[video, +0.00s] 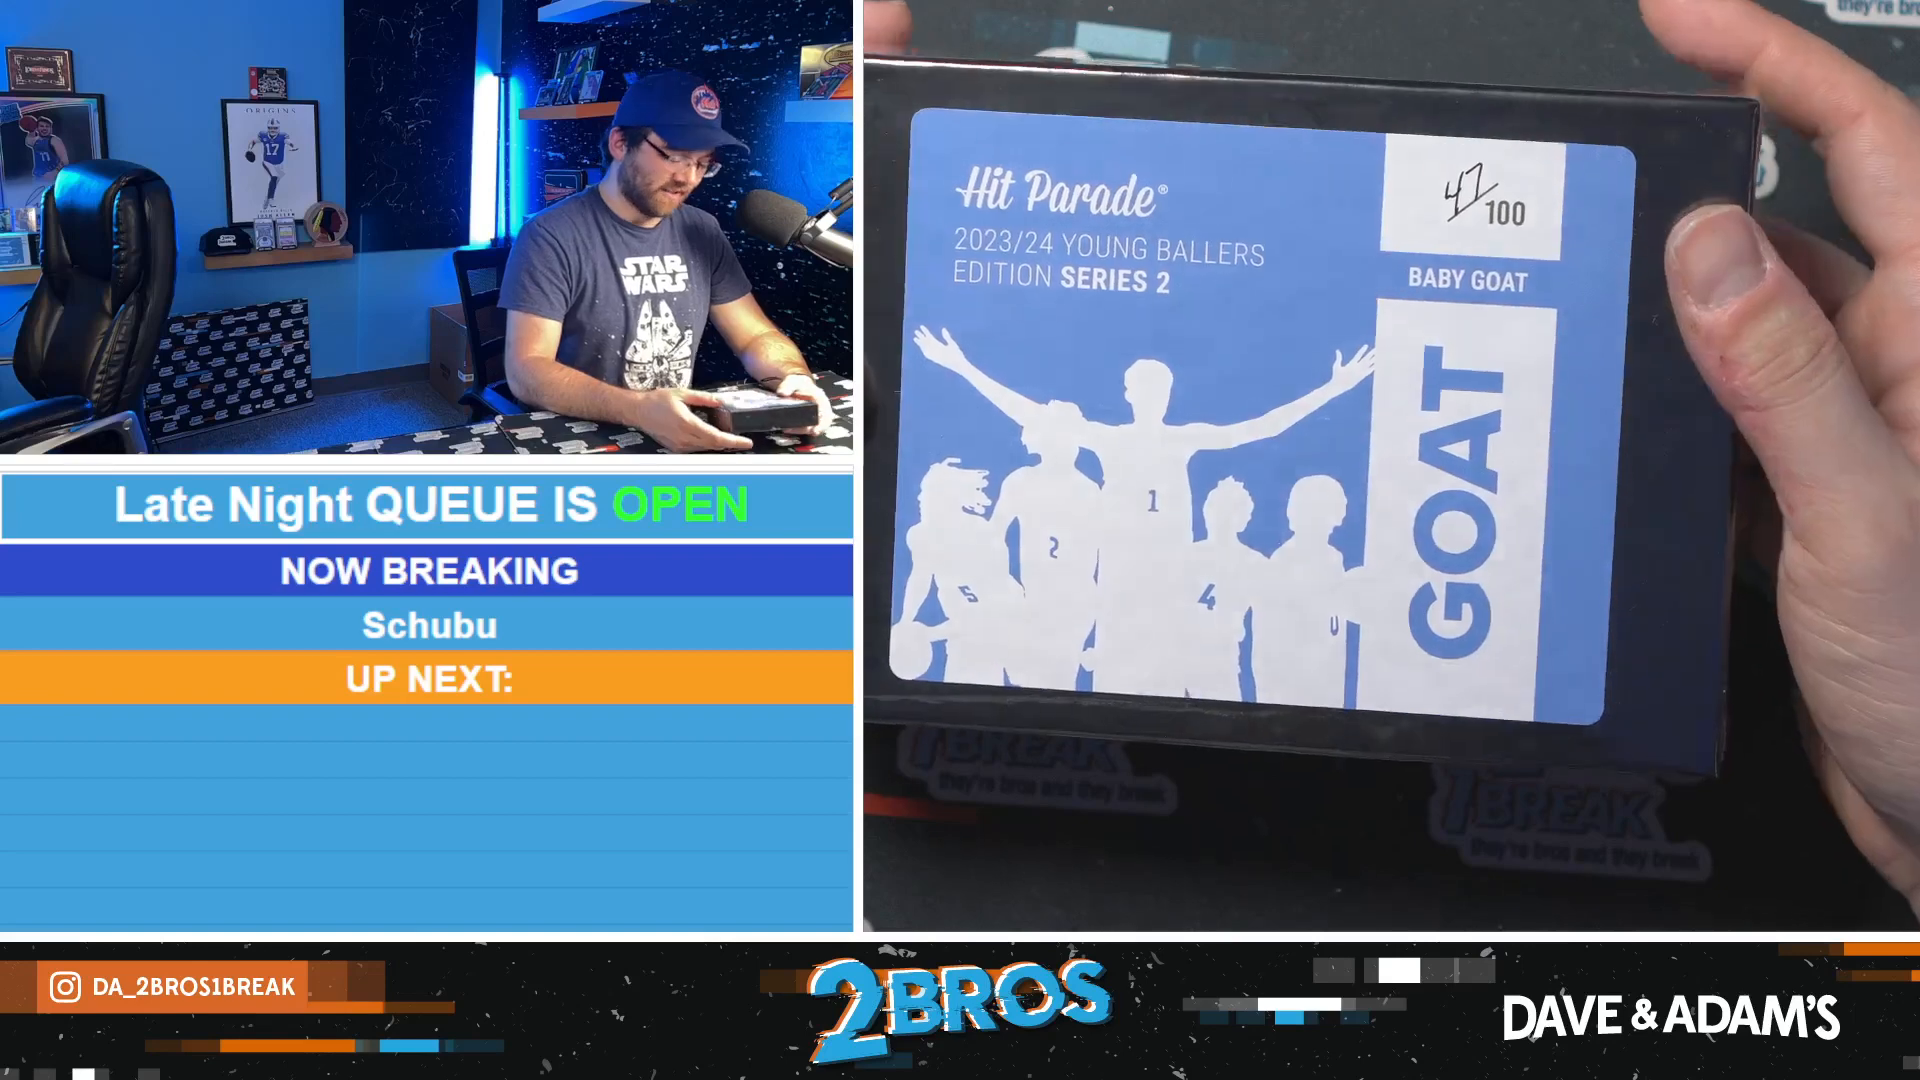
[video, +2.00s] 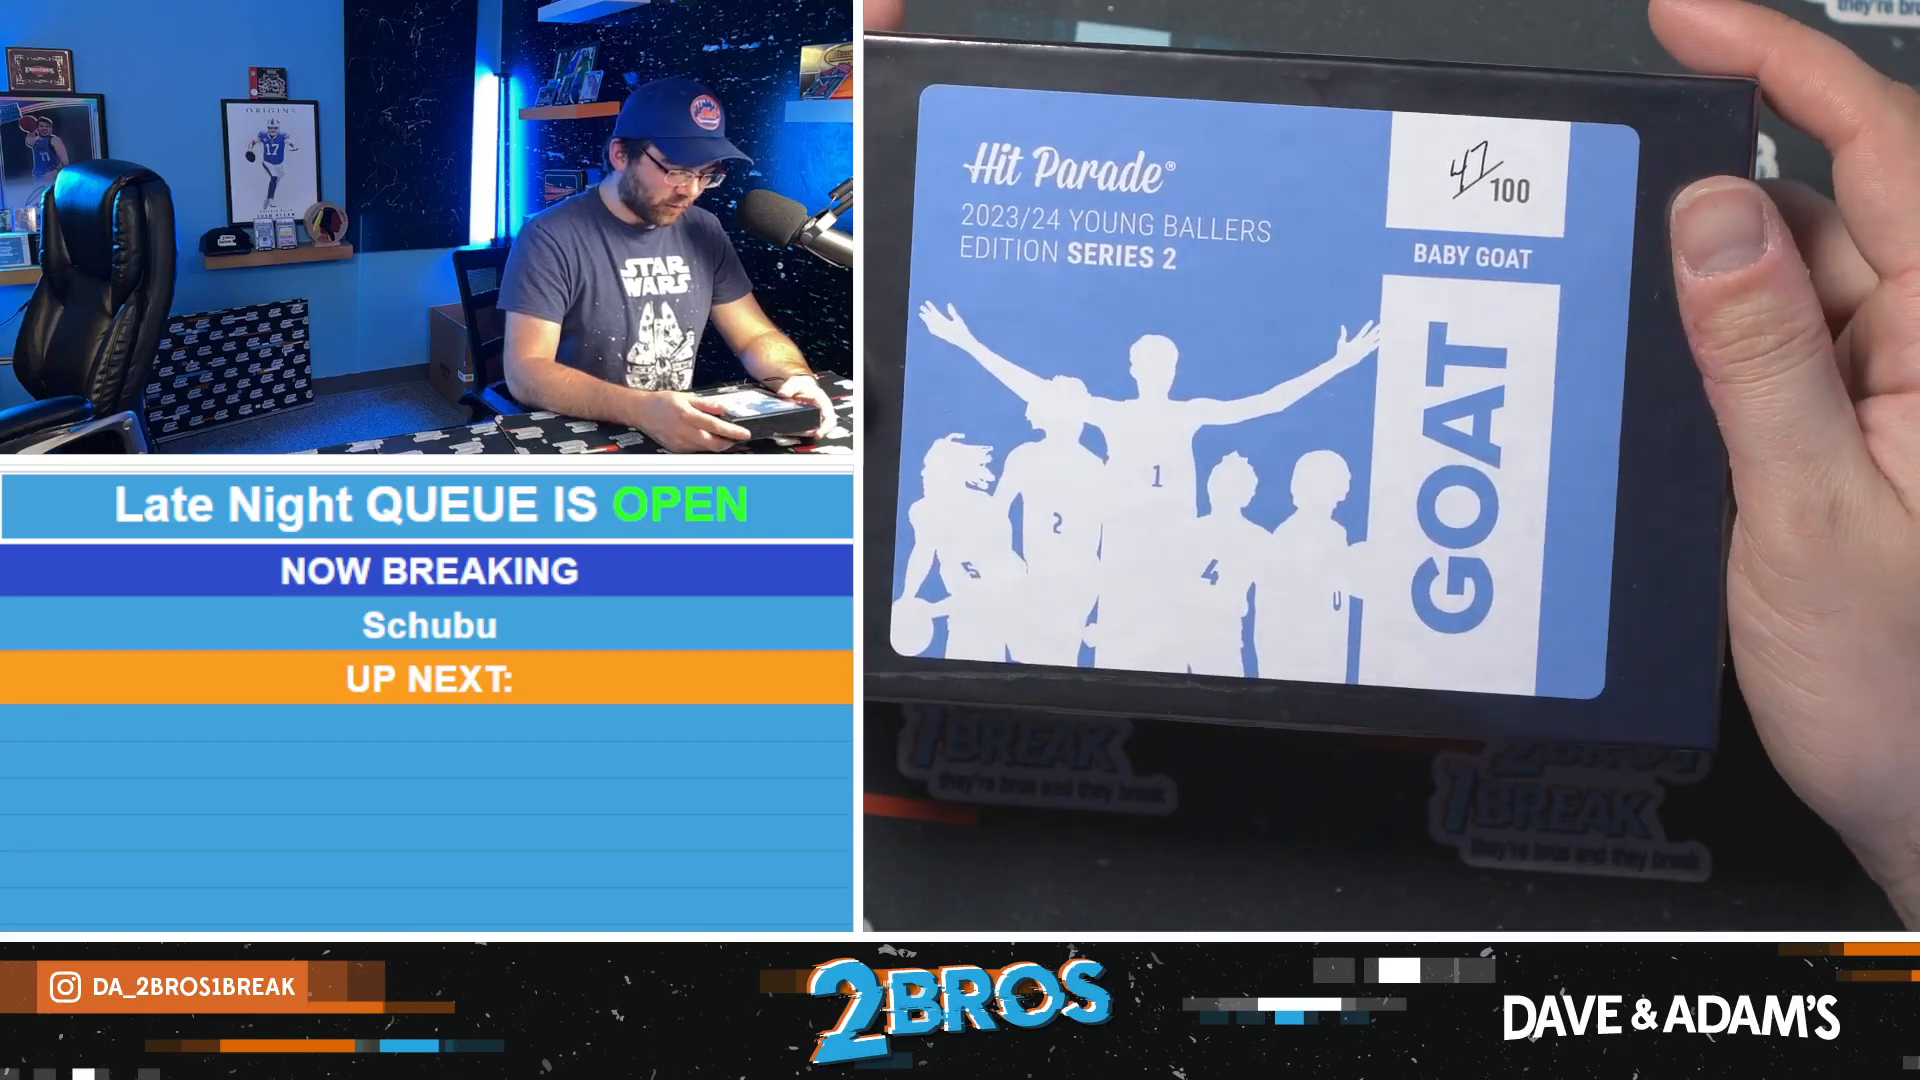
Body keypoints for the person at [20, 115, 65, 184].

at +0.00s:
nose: (44, 128)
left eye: (47, 126)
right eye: (41, 126)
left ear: (50, 128)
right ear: (37, 128)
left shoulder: (55, 140)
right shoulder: (35, 140)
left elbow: (64, 160)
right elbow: (28, 142)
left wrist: (54, 173)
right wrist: (31, 132)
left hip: (51, 177)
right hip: (37, 176)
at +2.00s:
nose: (44, 128)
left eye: (47, 126)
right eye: (41, 126)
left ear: (50, 128)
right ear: (37, 128)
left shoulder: (55, 140)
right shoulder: (35, 140)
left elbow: (64, 160)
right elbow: (28, 142)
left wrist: (54, 173)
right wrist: (31, 132)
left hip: (51, 177)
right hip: (37, 176)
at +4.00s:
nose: (44, 128)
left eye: (47, 126)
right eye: (41, 126)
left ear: (50, 128)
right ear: (37, 128)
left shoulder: (55, 140)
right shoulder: (35, 140)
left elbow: (64, 160)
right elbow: (28, 142)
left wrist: (54, 173)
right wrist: (31, 132)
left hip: (51, 177)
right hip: (37, 176)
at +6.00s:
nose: (44, 128)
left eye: (47, 126)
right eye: (41, 126)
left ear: (51, 128)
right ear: (37, 128)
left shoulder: (54, 140)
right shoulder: (35, 140)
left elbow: (64, 160)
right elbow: (28, 142)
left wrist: (54, 173)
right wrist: (31, 133)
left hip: (50, 177)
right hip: (37, 176)